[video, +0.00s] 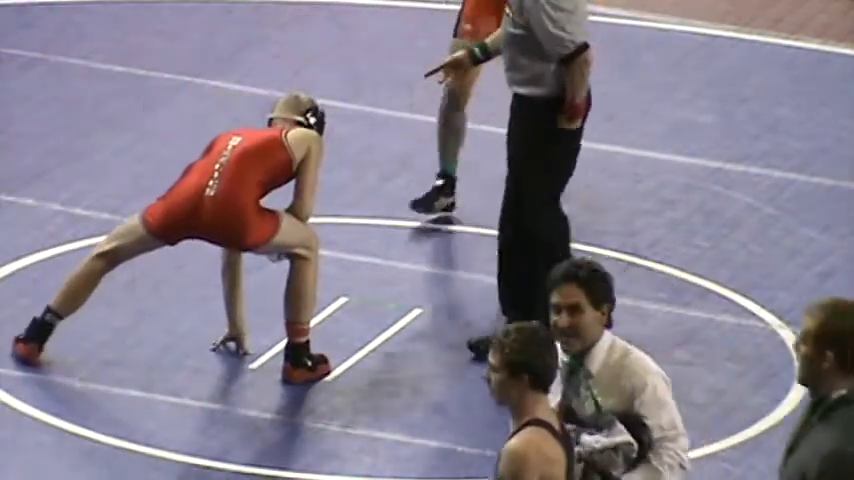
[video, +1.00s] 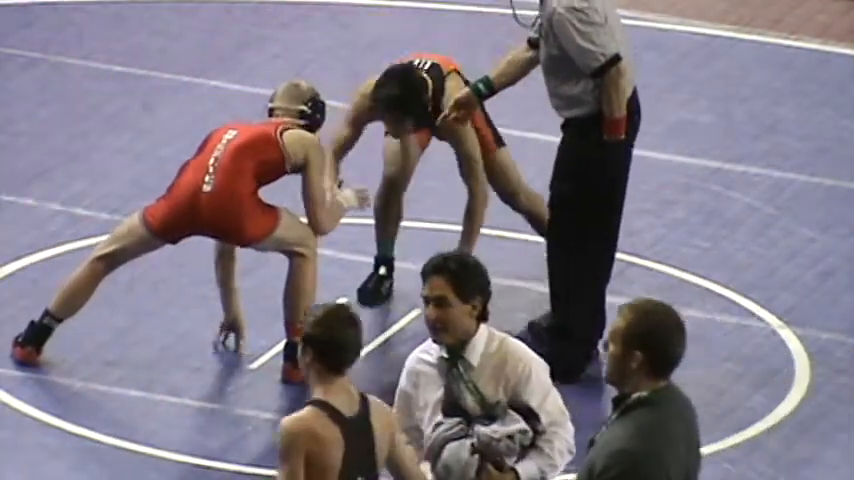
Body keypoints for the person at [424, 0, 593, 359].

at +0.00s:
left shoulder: (544, 7)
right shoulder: (525, 5)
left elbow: (579, 57)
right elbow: (519, 30)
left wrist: (573, 114)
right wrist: (474, 55)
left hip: (548, 109)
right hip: (534, 102)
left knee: (532, 217)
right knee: (526, 215)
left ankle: (528, 330)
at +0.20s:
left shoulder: (555, 5)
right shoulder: (539, 5)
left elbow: (592, 56)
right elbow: (530, 29)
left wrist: (586, 124)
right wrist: (479, 63)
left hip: (568, 106)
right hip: (552, 101)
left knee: (559, 218)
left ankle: (575, 327)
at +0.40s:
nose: (503, 7)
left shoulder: (564, 6)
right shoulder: (545, 6)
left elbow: (605, 55)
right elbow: (526, 34)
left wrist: (607, 120)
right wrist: (475, 73)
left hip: (586, 113)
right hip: (582, 108)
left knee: (532, 215)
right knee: (577, 222)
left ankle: (528, 327)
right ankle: (581, 339)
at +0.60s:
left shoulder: (570, 5)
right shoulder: (549, 6)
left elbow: (612, 54)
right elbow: (527, 42)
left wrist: (613, 122)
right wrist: (470, 78)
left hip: (598, 112)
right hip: (588, 108)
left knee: (562, 224)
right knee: (558, 222)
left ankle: (573, 342)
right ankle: (556, 335)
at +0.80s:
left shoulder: (569, 7)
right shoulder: (552, 7)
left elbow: (614, 63)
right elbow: (528, 46)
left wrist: (615, 132)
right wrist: (472, 87)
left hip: (601, 119)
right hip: (587, 115)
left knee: (581, 233)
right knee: (570, 229)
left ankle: (575, 348)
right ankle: (572, 332)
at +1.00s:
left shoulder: (568, 11)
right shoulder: (554, 9)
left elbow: (615, 70)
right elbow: (530, 52)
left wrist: (614, 141)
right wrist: (476, 93)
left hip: (601, 127)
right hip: (585, 122)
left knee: (581, 235)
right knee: (564, 227)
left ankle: (574, 352)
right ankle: (566, 327)